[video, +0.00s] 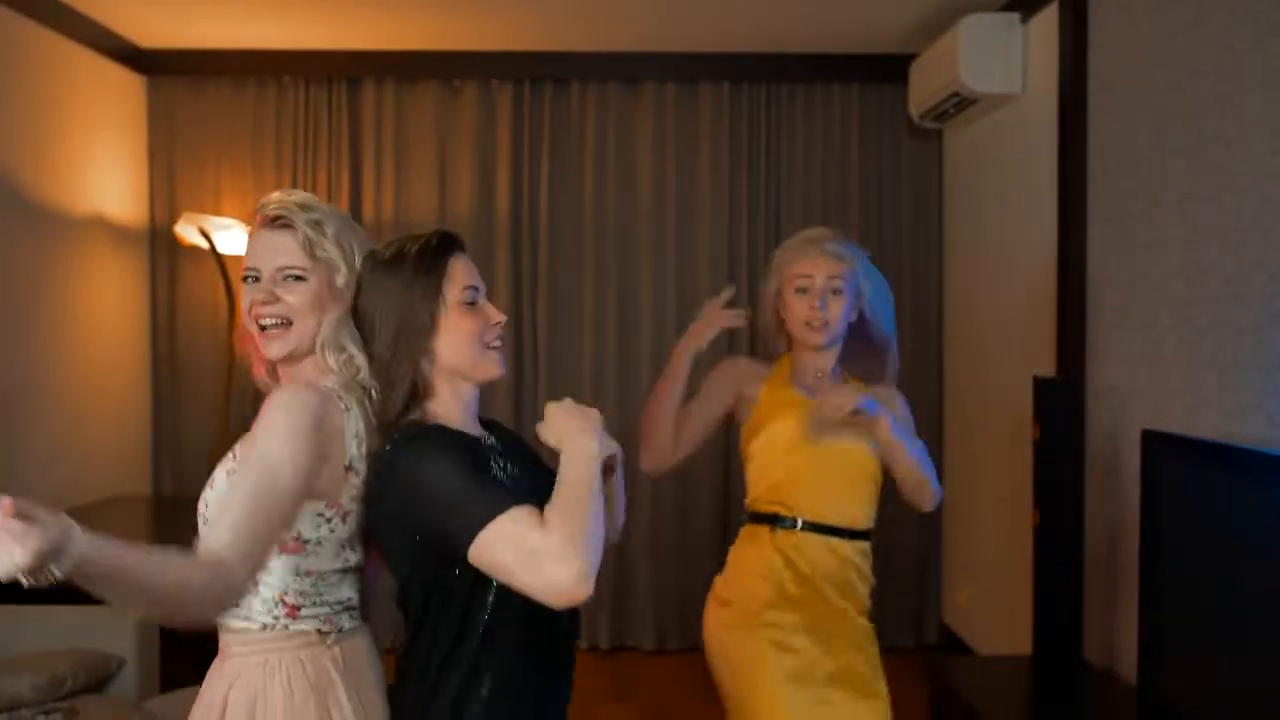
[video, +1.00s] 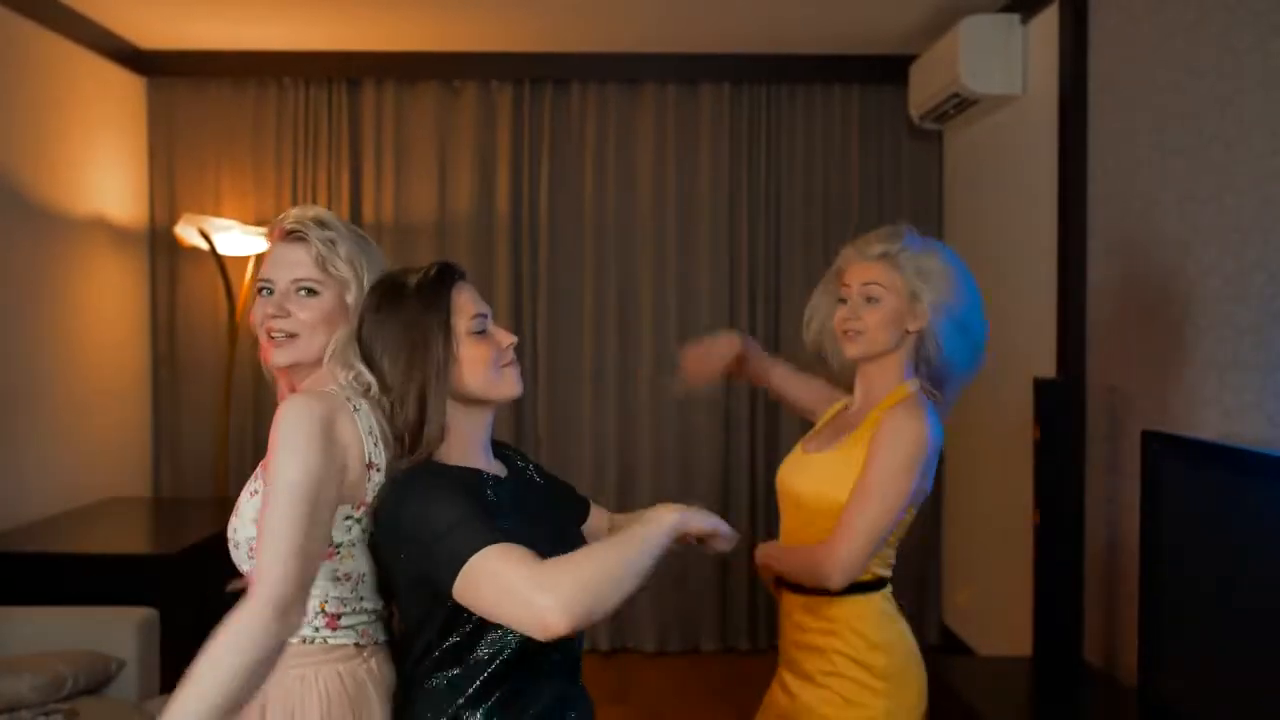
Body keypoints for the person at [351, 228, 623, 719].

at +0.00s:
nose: (498, 316)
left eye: (486, 297)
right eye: (471, 300)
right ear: (413, 327)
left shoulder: (501, 443)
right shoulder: (416, 462)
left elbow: (598, 535)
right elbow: (563, 574)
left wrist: (607, 470)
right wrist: (580, 448)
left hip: (533, 701)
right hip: (461, 704)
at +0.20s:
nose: (505, 336)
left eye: (493, 319)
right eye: (477, 321)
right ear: (420, 344)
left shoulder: (496, 465)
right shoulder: (420, 483)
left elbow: (601, 524)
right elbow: (565, 599)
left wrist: (685, 498)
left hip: (536, 704)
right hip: (468, 708)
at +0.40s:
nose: (510, 314)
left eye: (496, 299)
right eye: (482, 305)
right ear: (429, 339)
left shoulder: (527, 441)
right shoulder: (442, 467)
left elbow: (625, 516)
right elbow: (559, 593)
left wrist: (628, 468)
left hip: (548, 701)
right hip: (471, 706)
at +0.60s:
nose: (508, 302)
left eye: (494, 286)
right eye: (479, 291)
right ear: (424, 322)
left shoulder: (518, 420)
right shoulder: (421, 463)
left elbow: (614, 474)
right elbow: (540, 563)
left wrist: (650, 456)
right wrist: (630, 449)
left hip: (552, 695)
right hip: (472, 703)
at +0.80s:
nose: (513, 323)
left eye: (499, 309)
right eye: (484, 312)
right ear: (427, 344)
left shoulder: (519, 457)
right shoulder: (413, 490)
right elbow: (536, 587)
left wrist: (625, 507)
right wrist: (582, 486)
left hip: (561, 700)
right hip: (472, 706)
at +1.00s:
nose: (509, 338)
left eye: (495, 324)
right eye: (479, 329)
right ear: (424, 360)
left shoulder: (509, 467)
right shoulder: (419, 499)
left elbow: (606, 528)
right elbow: (548, 605)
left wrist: (671, 521)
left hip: (559, 704)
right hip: (468, 709)